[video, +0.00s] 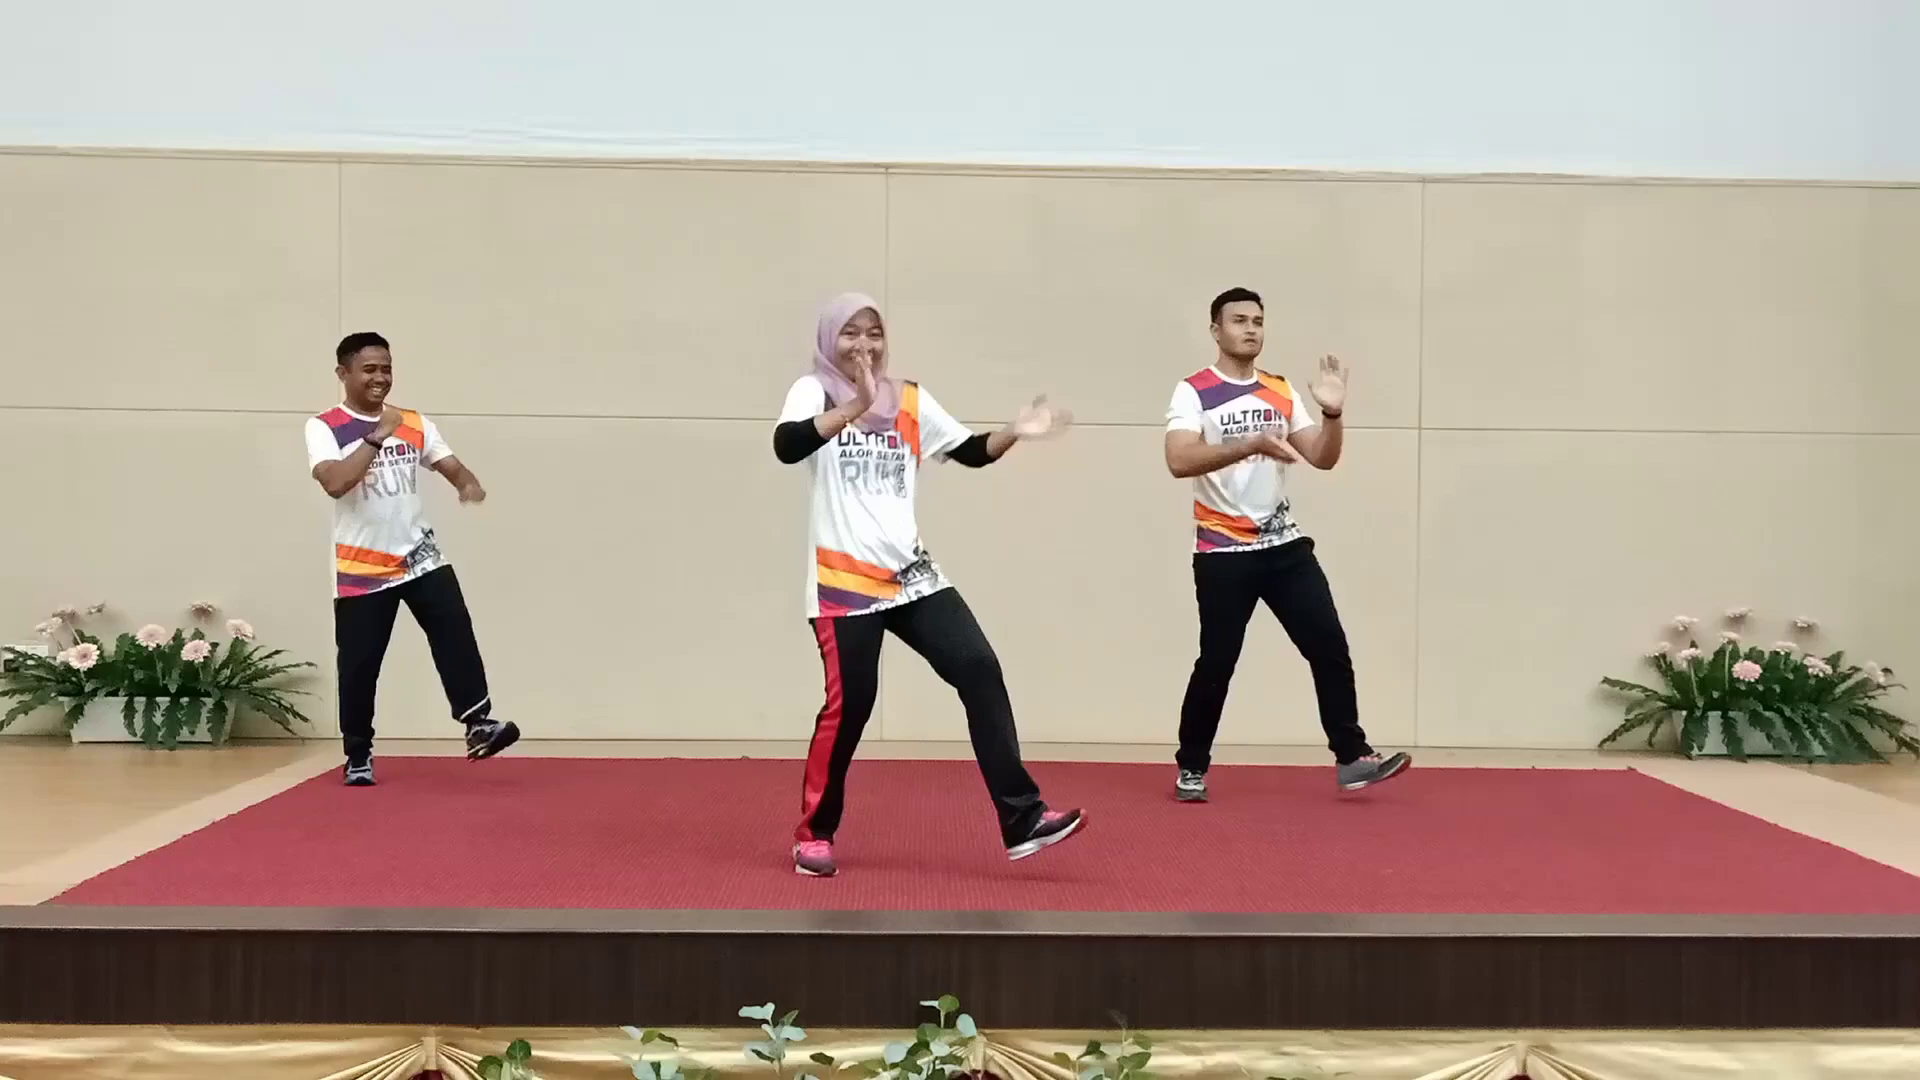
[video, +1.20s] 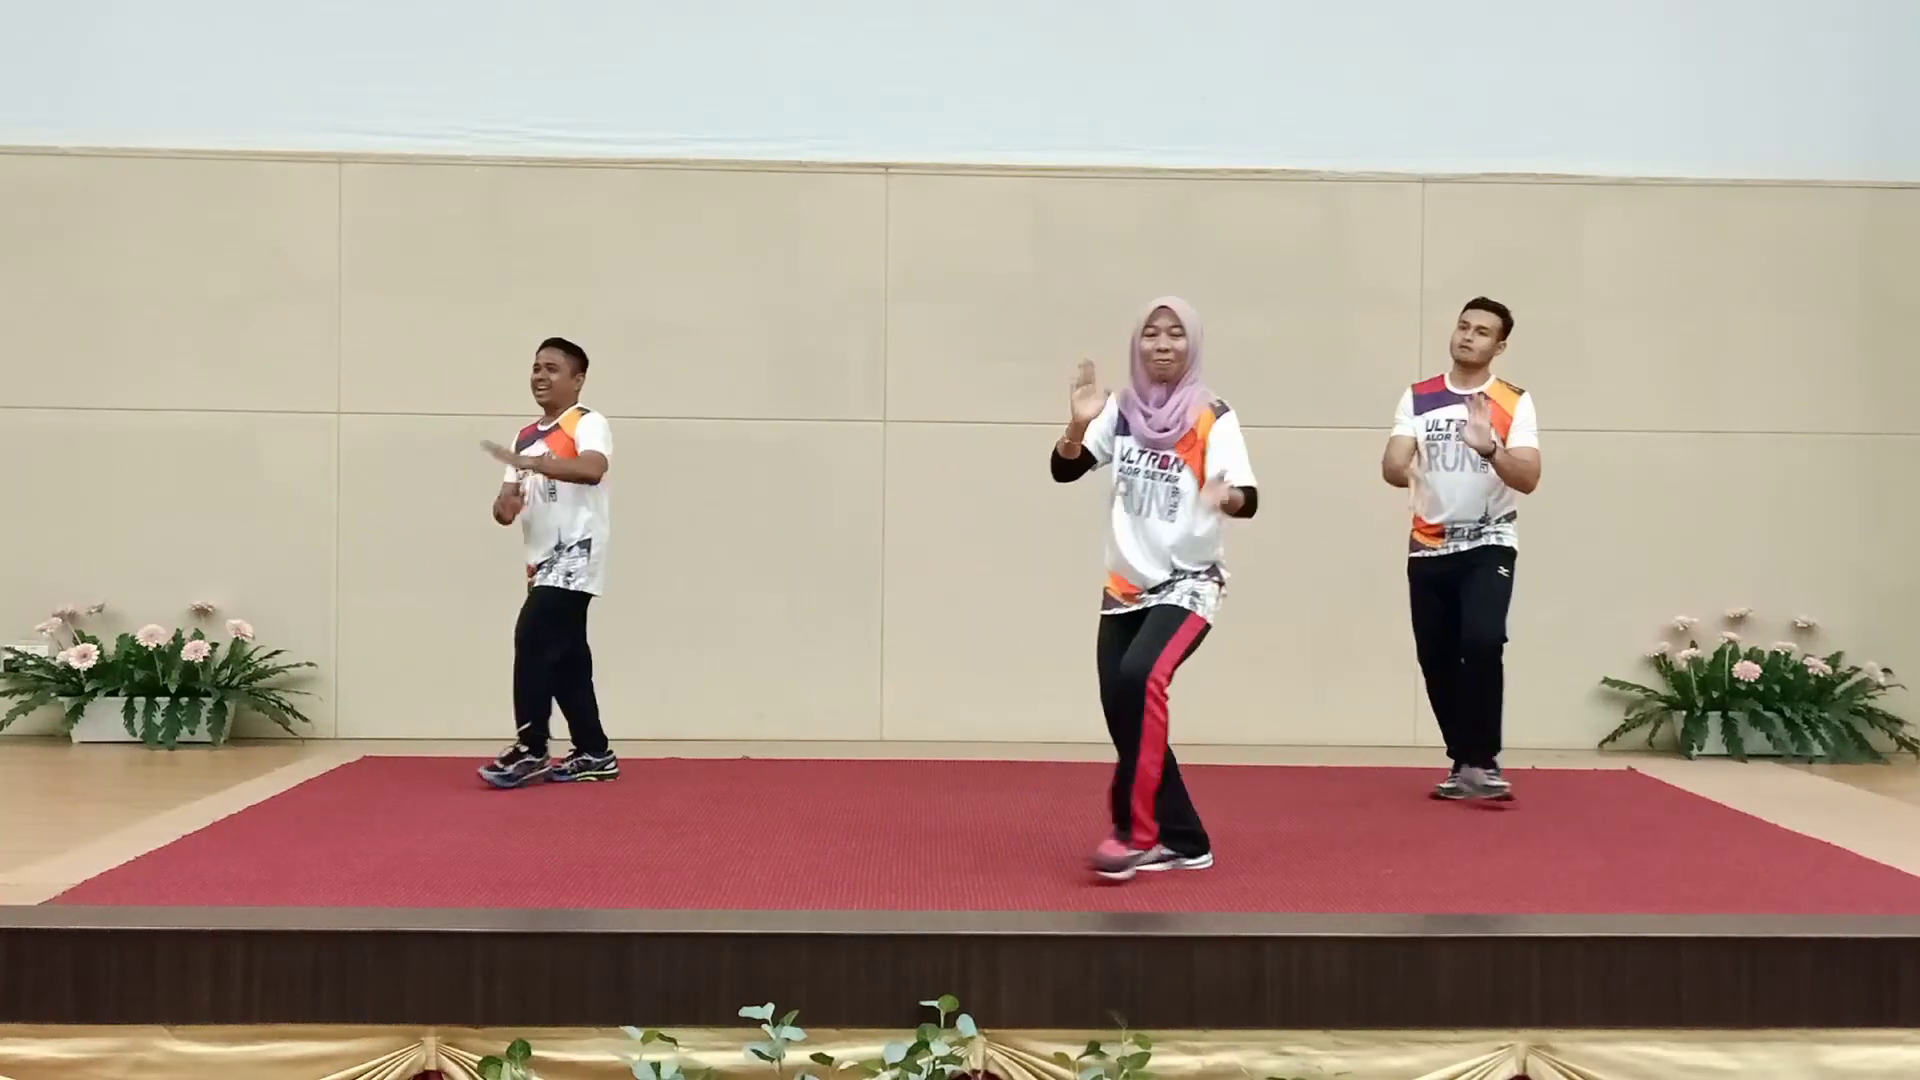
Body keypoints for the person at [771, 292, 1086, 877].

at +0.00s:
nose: (865, 343)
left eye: (873, 333)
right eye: (852, 333)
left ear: (886, 341)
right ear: (829, 342)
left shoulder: (910, 399)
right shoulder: (814, 391)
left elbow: (970, 452)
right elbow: (786, 448)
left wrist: (1014, 433)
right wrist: (855, 408)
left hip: (909, 572)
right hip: (842, 579)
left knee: (980, 671)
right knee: (849, 701)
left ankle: (1021, 820)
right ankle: (814, 835)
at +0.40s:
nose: (943, 310)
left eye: (952, 301)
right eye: (930, 302)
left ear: (966, 315)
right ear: (910, 316)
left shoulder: (995, 376)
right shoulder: (889, 368)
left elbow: (1058, 429)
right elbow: (860, 448)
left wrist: (1028, 356)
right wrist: (886, 469)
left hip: (970, 563)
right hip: (894, 561)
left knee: (1000, 695)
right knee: (861, 695)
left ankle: (1031, 836)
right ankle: (818, 833)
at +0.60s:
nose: (1006, 317)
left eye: (1017, 308)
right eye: (994, 310)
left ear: (1035, 324)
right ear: (979, 328)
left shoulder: (1061, 390)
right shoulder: (957, 385)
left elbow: (1111, 459)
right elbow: (919, 462)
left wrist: (1070, 390)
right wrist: (926, 493)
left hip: (1034, 572)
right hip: (959, 568)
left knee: (1039, 701)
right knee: (921, 693)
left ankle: (1038, 848)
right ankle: (857, 826)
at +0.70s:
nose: (1042, 319)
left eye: (1054, 310)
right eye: (1031, 310)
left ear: (1072, 326)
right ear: (1016, 325)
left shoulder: (1095, 392)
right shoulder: (991, 383)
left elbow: (1140, 467)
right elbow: (934, 458)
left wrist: (1101, 419)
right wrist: (939, 441)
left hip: (1068, 577)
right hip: (995, 572)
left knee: (1049, 699)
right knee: (961, 686)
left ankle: (1038, 844)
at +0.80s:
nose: (1058, 320)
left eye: (1071, 311)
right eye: (1048, 311)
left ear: (1089, 327)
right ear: (1032, 326)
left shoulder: (1111, 397)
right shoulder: (1007, 387)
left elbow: (1157, 473)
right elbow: (943, 448)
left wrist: (1132, 456)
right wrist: (964, 416)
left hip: (1081, 578)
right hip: (1013, 573)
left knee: (1057, 699)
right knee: (986, 688)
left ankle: (1038, 845)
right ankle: (1060, 796)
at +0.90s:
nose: (1092, 330)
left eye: (1105, 321)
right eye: (1083, 320)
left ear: (1123, 336)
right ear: (1068, 334)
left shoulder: (1135, 406)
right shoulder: (1049, 402)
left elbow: (1178, 481)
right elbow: (980, 446)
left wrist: (1165, 511)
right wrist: (1013, 399)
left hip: (1110, 586)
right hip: (1049, 587)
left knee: (1066, 702)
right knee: (1059, 712)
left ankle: (1038, 845)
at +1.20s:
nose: (1163, 343)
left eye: (1175, 334)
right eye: (1152, 333)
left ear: (1193, 346)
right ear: (1136, 344)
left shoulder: (1212, 417)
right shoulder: (1118, 412)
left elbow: (1246, 499)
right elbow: (1064, 470)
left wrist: (1231, 498)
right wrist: (1076, 426)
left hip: (1189, 584)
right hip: (1126, 589)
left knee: (1138, 676)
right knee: (1122, 713)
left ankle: (1133, 834)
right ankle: (1186, 841)